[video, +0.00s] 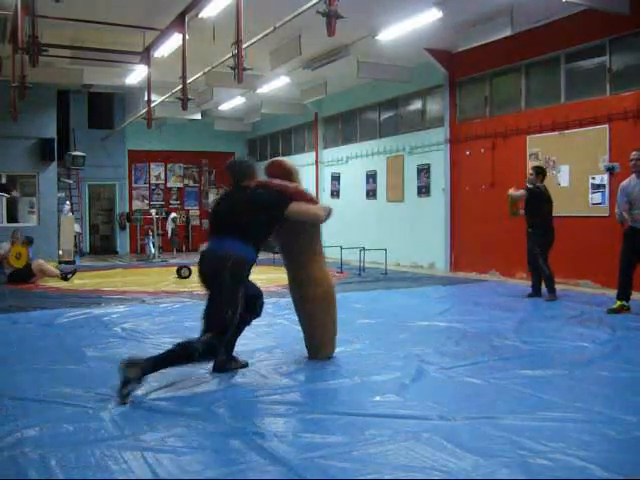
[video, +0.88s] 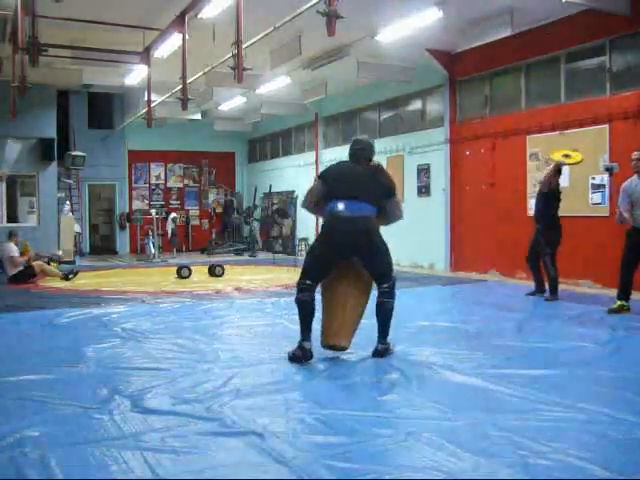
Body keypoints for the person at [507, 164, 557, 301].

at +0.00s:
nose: (529, 177)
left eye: (531, 175)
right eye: (529, 174)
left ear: (538, 177)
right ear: (540, 177)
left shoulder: (533, 190)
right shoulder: (544, 191)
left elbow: (515, 195)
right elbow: (535, 209)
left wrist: (511, 192)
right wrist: (520, 212)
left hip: (536, 231)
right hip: (546, 229)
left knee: (538, 260)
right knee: (536, 261)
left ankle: (551, 291)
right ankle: (536, 290)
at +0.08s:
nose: (534, 175)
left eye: (536, 174)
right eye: (537, 174)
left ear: (537, 175)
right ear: (547, 177)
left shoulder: (530, 188)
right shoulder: (546, 191)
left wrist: (526, 185)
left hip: (534, 228)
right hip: (543, 227)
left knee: (537, 259)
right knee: (534, 259)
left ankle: (551, 291)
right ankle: (535, 289)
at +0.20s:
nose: (536, 176)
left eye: (538, 174)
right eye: (537, 174)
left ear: (539, 176)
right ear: (549, 179)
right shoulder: (549, 195)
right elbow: (521, 189)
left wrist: (530, 182)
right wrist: (523, 181)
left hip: (537, 230)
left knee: (538, 260)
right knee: (532, 260)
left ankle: (550, 291)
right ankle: (535, 289)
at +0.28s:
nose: (536, 176)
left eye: (538, 174)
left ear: (539, 176)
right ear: (551, 180)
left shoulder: (532, 188)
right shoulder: (551, 195)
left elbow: (521, 173)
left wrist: (536, 169)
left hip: (531, 227)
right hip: (543, 226)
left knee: (536, 259)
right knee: (536, 259)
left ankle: (550, 291)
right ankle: (536, 289)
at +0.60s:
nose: (541, 175)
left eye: (543, 174)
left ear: (544, 176)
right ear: (555, 178)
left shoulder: (539, 187)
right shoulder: (555, 187)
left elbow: (527, 178)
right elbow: (556, 176)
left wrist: (540, 167)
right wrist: (562, 165)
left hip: (539, 224)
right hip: (550, 222)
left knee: (540, 257)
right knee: (540, 257)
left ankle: (552, 291)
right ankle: (537, 289)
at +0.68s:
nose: (542, 174)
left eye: (543, 172)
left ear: (545, 172)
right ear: (555, 173)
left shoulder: (545, 185)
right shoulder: (551, 184)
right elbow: (533, 177)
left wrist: (535, 223)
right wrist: (545, 165)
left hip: (546, 224)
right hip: (546, 223)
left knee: (544, 257)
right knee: (537, 256)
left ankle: (552, 291)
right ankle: (537, 288)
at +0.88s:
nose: (547, 177)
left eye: (550, 176)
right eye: (549, 175)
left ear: (552, 177)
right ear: (554, 177)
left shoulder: (549, 191)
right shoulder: (547, 189)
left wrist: (542, 226)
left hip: (549, 228)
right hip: (544, 227)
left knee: (548, 258)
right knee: (532, 257)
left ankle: (553, 292)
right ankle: (539, 287)